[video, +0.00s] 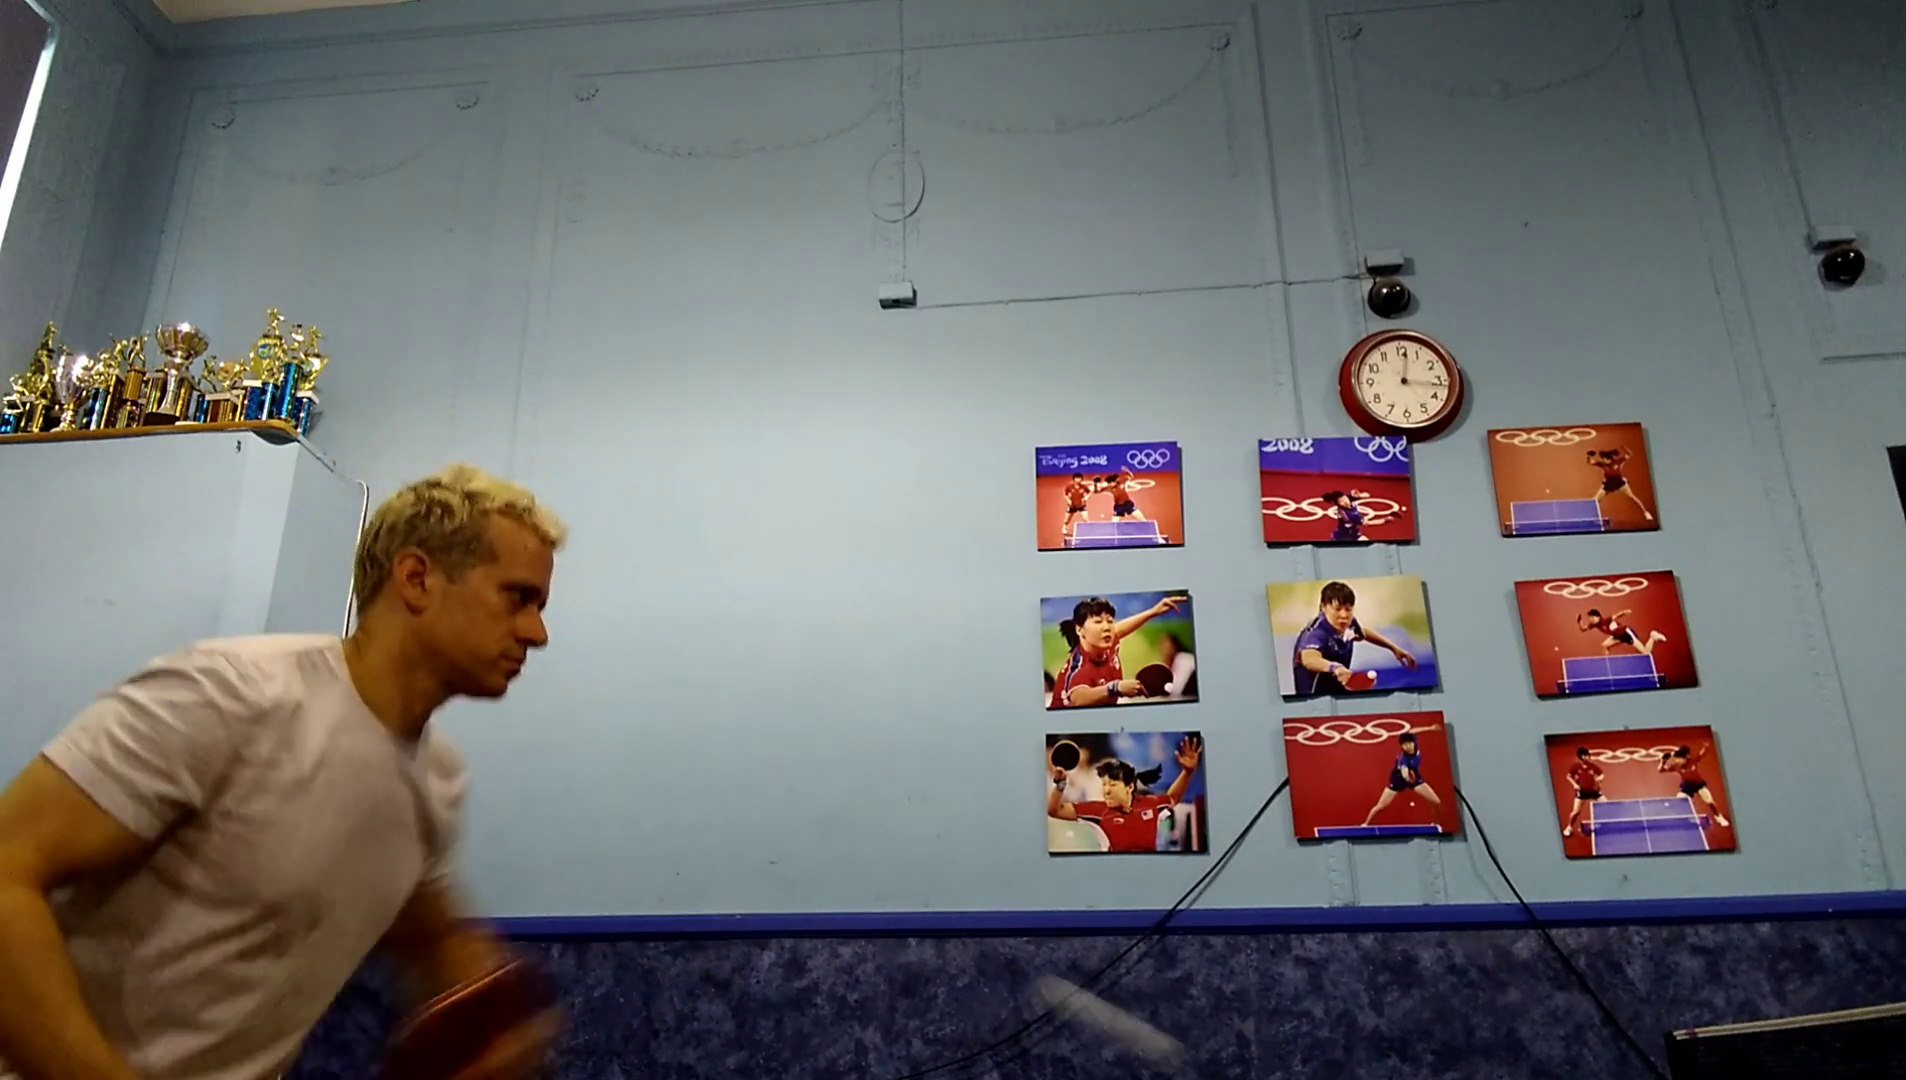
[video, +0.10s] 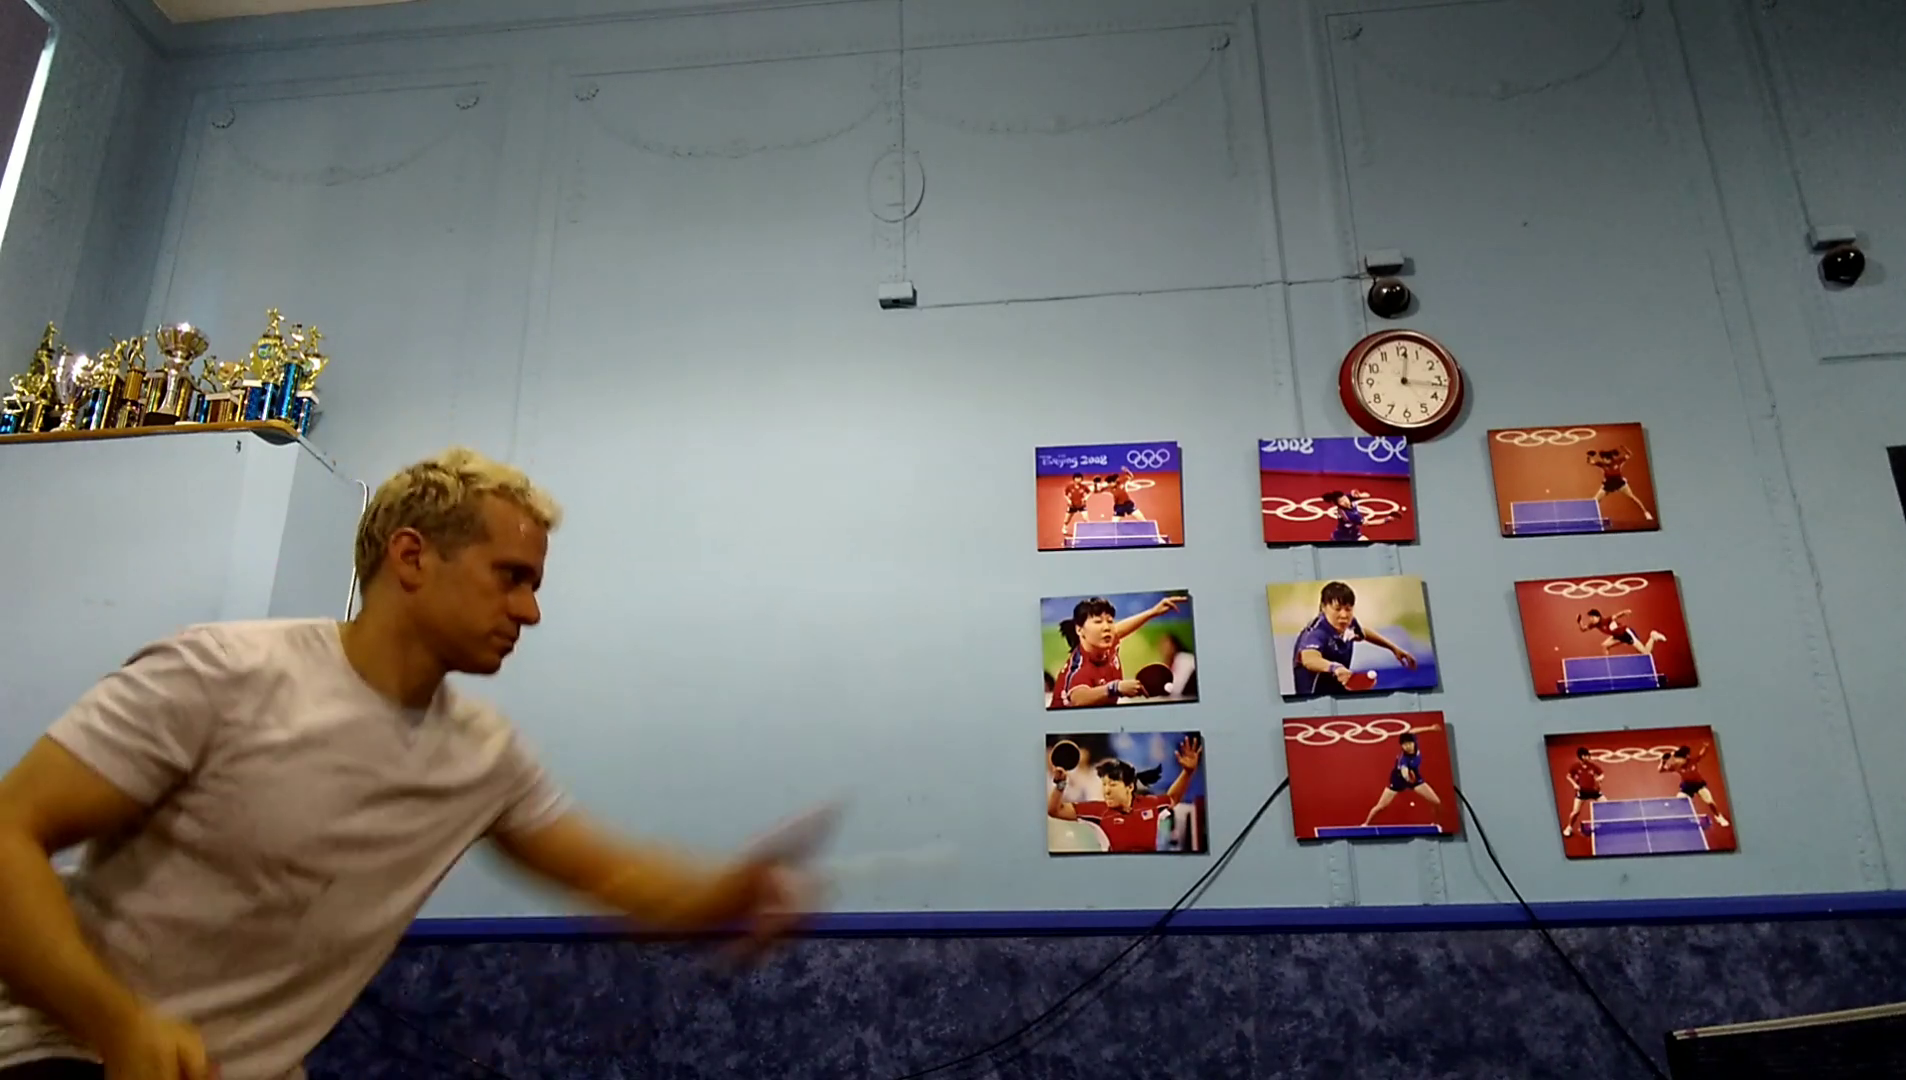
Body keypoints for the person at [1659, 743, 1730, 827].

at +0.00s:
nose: (1679, 762)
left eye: (1680, 760)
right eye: (1677, 760)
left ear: (1686, 757)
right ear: (1676, 759)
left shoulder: (1693, 761)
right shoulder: (1676, 766)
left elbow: (1701, 755)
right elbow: (1661, 771)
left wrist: (1705, 747)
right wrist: (1663, 761)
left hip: (1699, 784)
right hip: (1686, 785)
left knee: (1710, 802)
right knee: (1679, 802)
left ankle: (1718, 816)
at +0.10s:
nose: (1679, 762)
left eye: (1680, 760)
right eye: (1677, 760)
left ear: (1686, 757)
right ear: (1676, 759)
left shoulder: (1693, 761)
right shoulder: (1676, 766)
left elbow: (1701, 755)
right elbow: (1661, 770)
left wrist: (1705, 747)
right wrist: (1663, 761)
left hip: (1699, 784)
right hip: (1686, 785)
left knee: (1710, 802)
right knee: (1679, 803)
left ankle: (1718, 816)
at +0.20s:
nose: (1679, 762)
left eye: (1681, 759)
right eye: (1678, 760)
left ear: (1686, 757)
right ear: (1677, 758)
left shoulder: (1693, 761)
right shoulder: (1676, 766)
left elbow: (1701, 755)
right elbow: (1661, 770)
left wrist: (1705, 747)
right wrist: (1663, 761)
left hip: (1699, 784)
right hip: (1686, 786)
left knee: (1710, 802)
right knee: (1679, 802)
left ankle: (1718, 816)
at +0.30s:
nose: (1678, 762)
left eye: (1680, 760)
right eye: (1677, 760)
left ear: (1686, 757)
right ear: (1676, 759)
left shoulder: (1693, 761)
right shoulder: (1676, 766)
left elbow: (1701, 755)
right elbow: (1661, 771)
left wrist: (1705, 747)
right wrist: (1663, 761)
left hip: (1699, 784)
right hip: (1686, 786)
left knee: (1710, 802)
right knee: (1679, 802)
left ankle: (1718, 816)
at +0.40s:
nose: (1679, 762)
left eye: (1681, 759)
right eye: (1678, 760)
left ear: (1686, 757)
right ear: (1676, 758)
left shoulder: (1693, 761)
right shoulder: (1676, 766)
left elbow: (1701, 755)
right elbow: (1661, 770)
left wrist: (1705, 747)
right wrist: (1663, 761)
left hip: (1699, 784)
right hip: (1686, 786)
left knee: (1710, 802)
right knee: (1679, 802)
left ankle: (1718, 816)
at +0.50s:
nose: (1678, 762)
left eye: (1680, 760)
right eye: (1677, 760)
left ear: (1686, 757)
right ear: (1676, 759)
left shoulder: (1693, 761)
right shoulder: (1676, 766)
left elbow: (1701, 755)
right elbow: (1661, 771)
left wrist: (1705, 747)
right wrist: (1663, 761)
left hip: (1699, 784)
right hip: (1686, 786)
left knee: (1710, 802)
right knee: (1679, 802)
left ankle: (1718, 816)